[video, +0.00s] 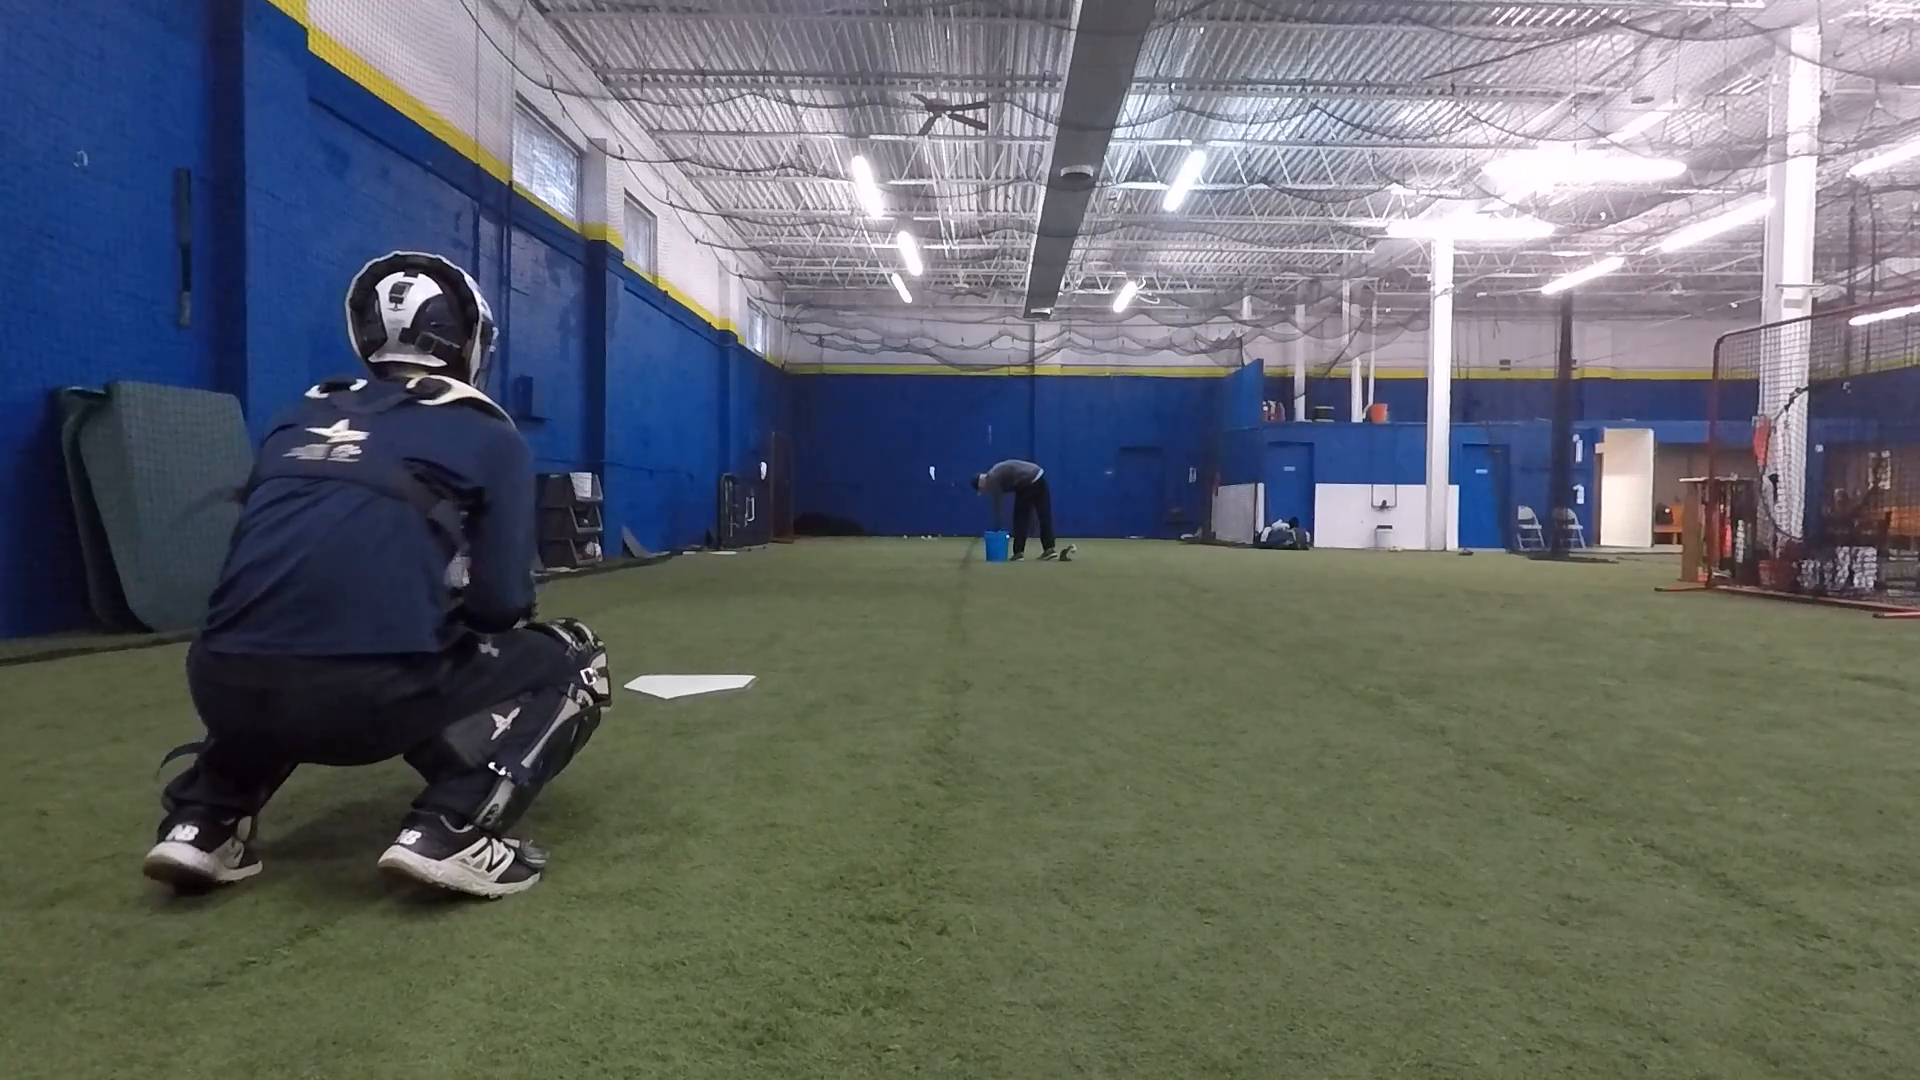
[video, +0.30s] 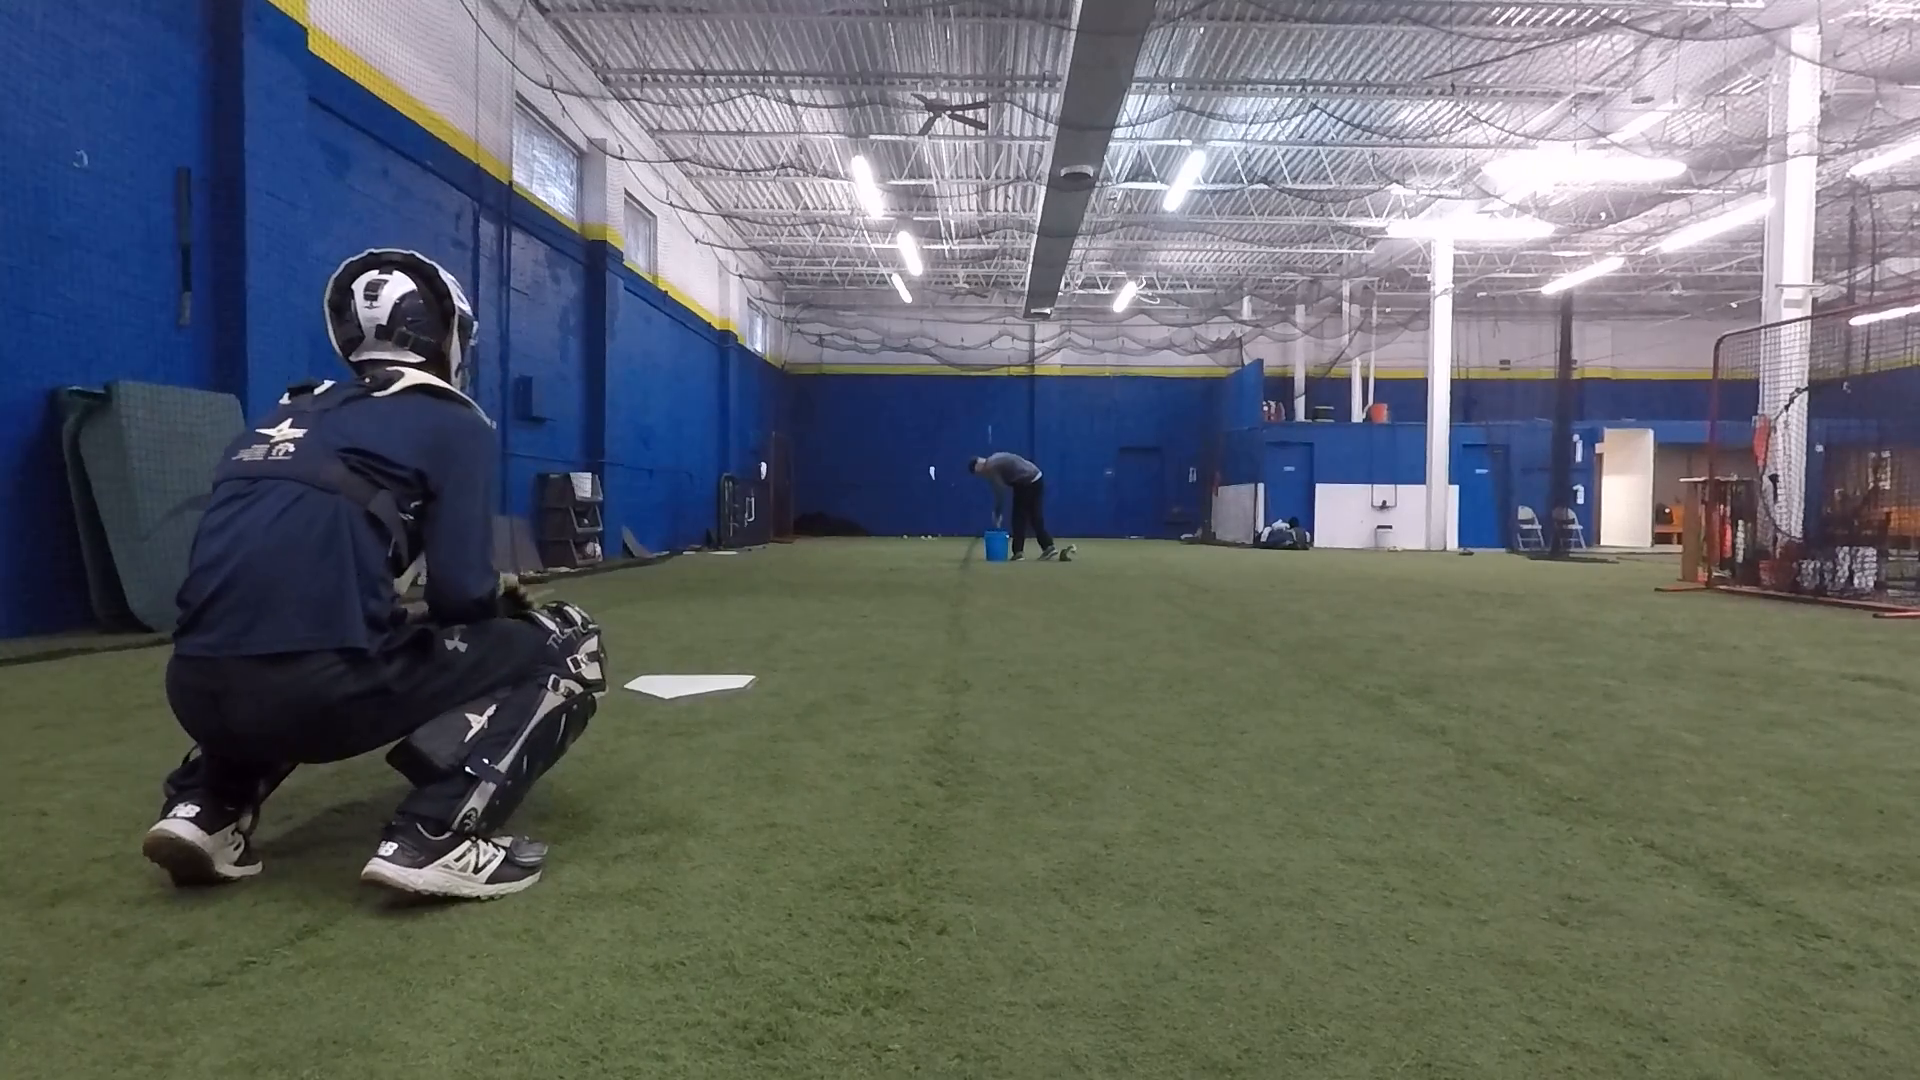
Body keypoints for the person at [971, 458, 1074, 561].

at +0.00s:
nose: (985, 492)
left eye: (982, 490)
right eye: (982, 491)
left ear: (982, 482)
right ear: (982, 480)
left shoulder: (993, 480)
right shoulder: (993, 478)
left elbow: (997, 506)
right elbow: (997, 507)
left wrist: (998, 531)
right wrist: (999, 531)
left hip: (1036, 480)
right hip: (1021, 486)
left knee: (1044, 516)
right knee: (1020, 520)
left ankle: (1049, 549)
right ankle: (1018, 552)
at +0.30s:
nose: (980, 474)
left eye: (978, 471)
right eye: (977, 473)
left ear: (979, 465)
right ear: (980, 462)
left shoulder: (992, 466)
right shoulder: (991, 465)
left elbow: (1001, 490)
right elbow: (999, 491)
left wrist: (998, 513)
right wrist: (997, 513)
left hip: (1033, 481)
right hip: (1019, 484)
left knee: (1035, 517)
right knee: (1018, 519)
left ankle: (1048, 547)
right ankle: (1017, 551)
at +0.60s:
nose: (981, 448)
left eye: (980, 445)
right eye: (979, 445)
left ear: (983, 441)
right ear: (988, 436)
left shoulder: (995, 449)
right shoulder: (1002, 443)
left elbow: (1006, 468)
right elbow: (1010, 466)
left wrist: (996, 478)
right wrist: (1001, 479)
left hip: (1017, 483)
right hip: (1024, 480)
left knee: (1008, 515)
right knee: (1012, 514)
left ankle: (1017, 549)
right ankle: (1019, 543)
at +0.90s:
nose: (986, 437)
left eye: (986, 434)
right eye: (984, 435)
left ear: (992, 431)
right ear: (985, 435)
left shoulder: (1003, 444)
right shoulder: (994, 446)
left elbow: (1014, 464)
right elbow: (1000, 465)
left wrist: (998, 472)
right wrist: (990, 473)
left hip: (1011, 486)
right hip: (1003, 486)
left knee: (1007, 516)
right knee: (997, 516)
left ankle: (1019, 545)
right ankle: (995, 547)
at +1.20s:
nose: (996, 431)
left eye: (998, 427)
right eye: (994, 428)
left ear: (1004, 427)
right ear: (992, 431)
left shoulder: (1014, 444)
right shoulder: (992, 447)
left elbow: (1020, 464)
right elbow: (991, 462)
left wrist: (1001, 469)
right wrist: (989, 468)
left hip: (1011, 487)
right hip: (997, 488)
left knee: (1010, 516)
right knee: (996, 517)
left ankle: (1025, 541)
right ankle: (995, 546)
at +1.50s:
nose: (1013, 429)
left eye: (1016, 427)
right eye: (1011, 427)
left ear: (1020, 428)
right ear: (1008, 429)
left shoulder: (1025, 446)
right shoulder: (1001, 446)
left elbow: (1034, 465)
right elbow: (998, 463)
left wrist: (1016, 474)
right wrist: (999, 471)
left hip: (1020, 489)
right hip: (1004, 489)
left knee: (1021, 520)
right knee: (1001, 519)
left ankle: (1024, 549)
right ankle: (997, 548)